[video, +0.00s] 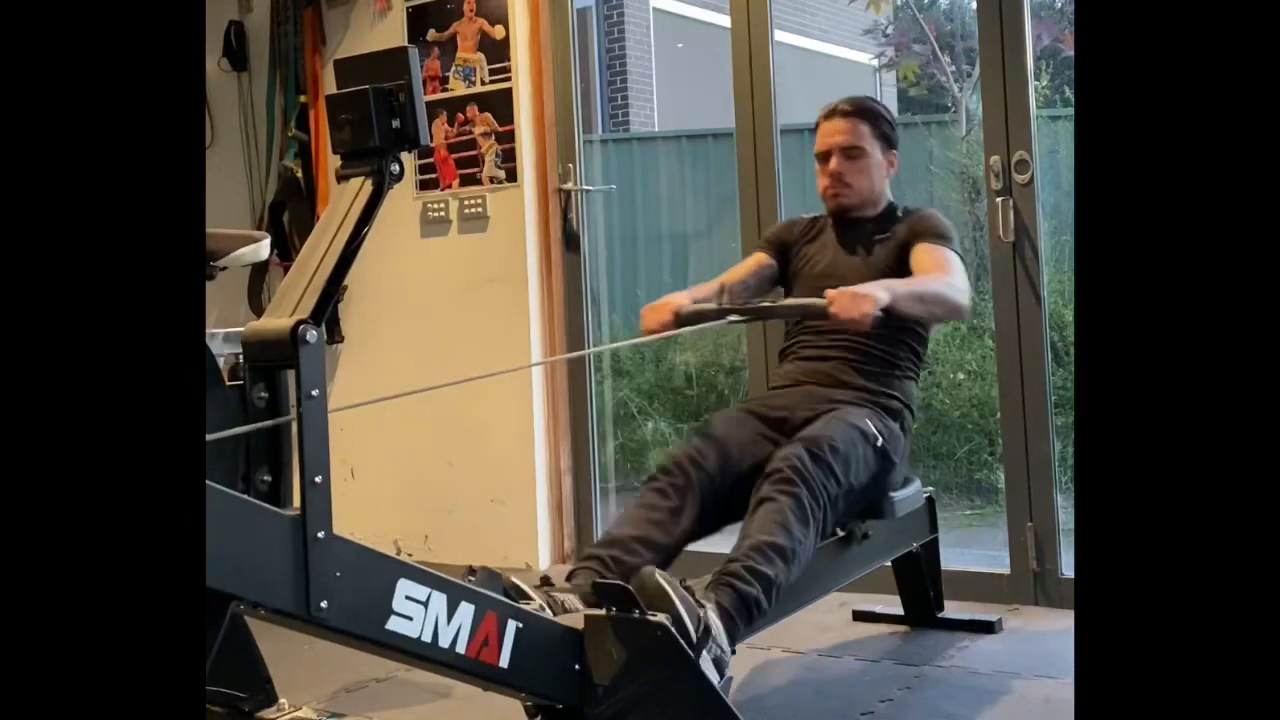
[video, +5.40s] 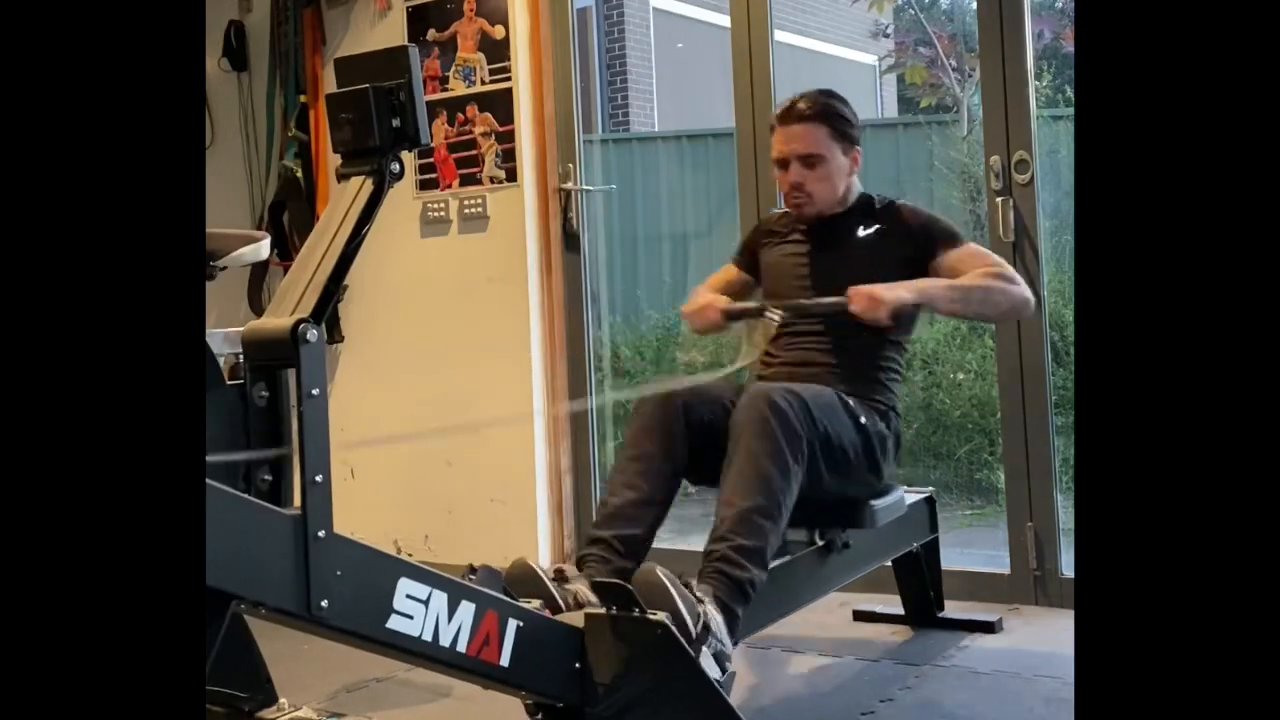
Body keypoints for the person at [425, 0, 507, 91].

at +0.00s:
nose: (471, 9)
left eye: (473, 6)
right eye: (468, 6)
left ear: (476, 8)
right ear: (463, 8)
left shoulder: (480, 22)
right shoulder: (457, 25)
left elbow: (493, 33)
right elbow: (445, 36)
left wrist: (498, 32)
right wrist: (435, 36)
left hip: (474, 60)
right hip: (460, 59)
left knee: (474, 89)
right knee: (458, 89)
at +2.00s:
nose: (471, 7)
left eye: (473, 5)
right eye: (469, 4)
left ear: (476, 8)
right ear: (463, 8)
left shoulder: (480, 22)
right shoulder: (457, 25)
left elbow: (493, 34)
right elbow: (445, 36)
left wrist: (498, 32)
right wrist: (435, 36)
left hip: (474, 60)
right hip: (460, 59)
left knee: (474, 89)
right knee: (458, 89)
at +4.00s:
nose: (471, 7)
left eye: (473, 4)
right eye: (468, 4)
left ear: (476, 7)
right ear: (463, 7)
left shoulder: (480, 22)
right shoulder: (457, 25)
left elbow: (494, 34)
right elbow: (444, 36)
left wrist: (498, 32)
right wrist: (435, 36)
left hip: (474, 60)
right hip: (460, 60)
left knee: (474, 89)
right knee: (458, 90)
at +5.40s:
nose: (471, 8)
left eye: (473, 6)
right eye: (468, 6)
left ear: (475, 8)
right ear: (463, 8)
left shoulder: (481, 22)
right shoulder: (458, 24)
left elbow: (493, 34)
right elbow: (445, 36)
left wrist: (499, 32)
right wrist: (435, 36)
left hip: (474, 60)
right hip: (460, 59)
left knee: (474, 89)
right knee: (458, 89)